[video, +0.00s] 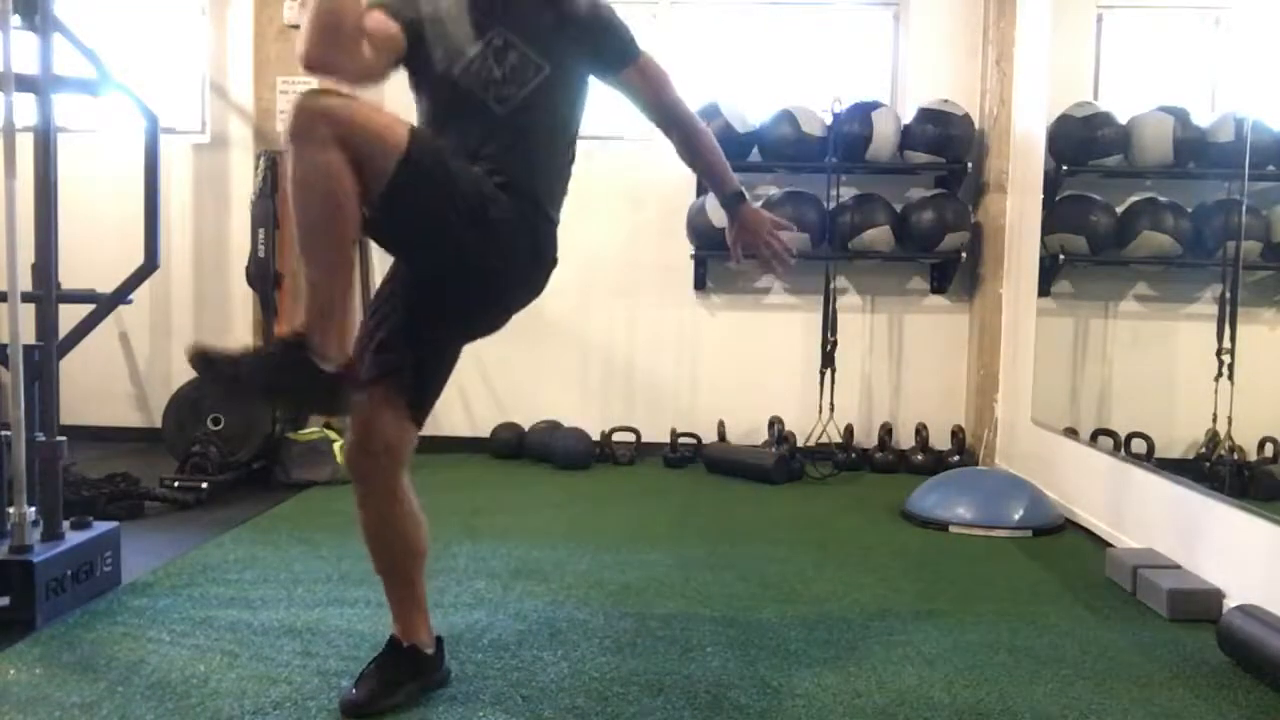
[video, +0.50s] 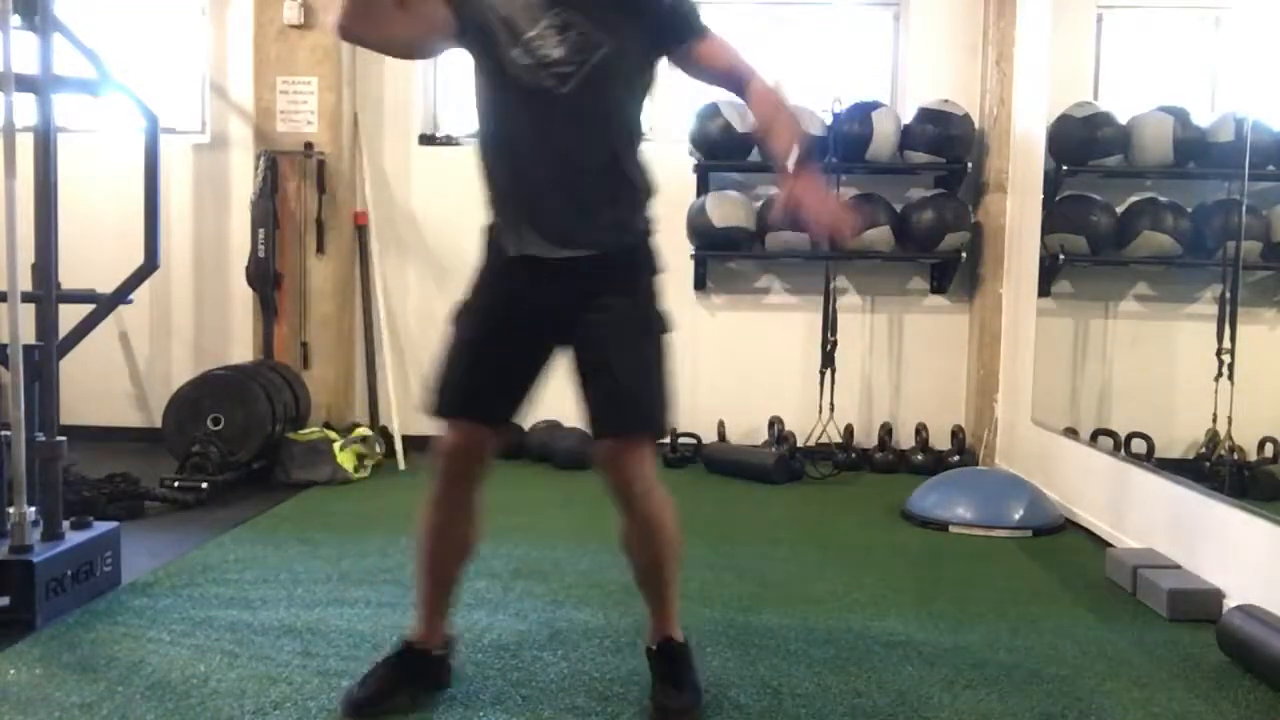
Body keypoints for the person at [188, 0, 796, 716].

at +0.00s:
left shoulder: (570, 15)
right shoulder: (423, 10)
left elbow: (668, 108)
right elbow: (337, 64)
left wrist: (737, 206)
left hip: (510, 241)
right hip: (434, 244)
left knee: (320, 115)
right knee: (373, 453)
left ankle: (325, 352)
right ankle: (415, 645)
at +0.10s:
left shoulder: (569, 19)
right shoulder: (417, 14)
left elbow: (666, 115)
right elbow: (327, 54)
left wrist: (739, 212)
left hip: (514, 247)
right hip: (436, 250)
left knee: (314, 166)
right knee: (370, 453)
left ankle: (344, 399)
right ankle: (414, 645)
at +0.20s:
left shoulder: (569, 13)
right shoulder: (419, 9)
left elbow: (671, 116)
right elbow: (315, 38)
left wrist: (743, 226)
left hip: (522, 244)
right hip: (443, 246)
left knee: (347, 304)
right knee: (371, 448)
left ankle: (451, 499)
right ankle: (413, 646)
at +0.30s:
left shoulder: (576, 11)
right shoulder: (427, 9)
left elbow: (684, 117)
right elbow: (312, 23)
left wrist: (754, 230)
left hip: (530, 256)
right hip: (442, 254)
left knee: (439, 422)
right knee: (378, 444)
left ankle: (572, 572)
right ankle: (411, 645)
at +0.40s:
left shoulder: (602, 10)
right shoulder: (446, 6)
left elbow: (708, 107)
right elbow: (393, 28)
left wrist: (775, 217)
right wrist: (331, 16)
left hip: (560, 267)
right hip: (467, 262)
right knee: (404, 450)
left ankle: (657, 617)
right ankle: (411, 647)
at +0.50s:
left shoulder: (641, 9)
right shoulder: (476, 8)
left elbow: (748, 82)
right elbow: (356, 21)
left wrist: (798, 169)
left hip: (612, 267)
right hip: (515, 265)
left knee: (629, 465)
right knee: (459, 448)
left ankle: (667, 646)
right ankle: (427, 646)